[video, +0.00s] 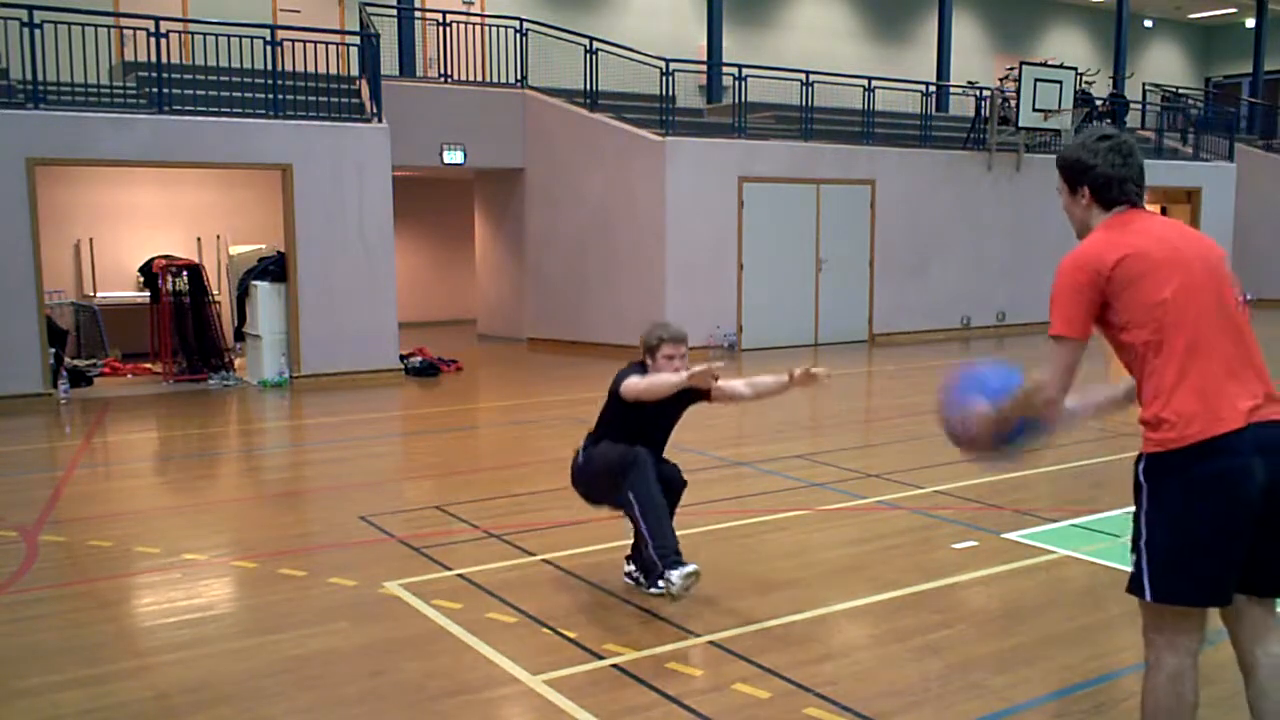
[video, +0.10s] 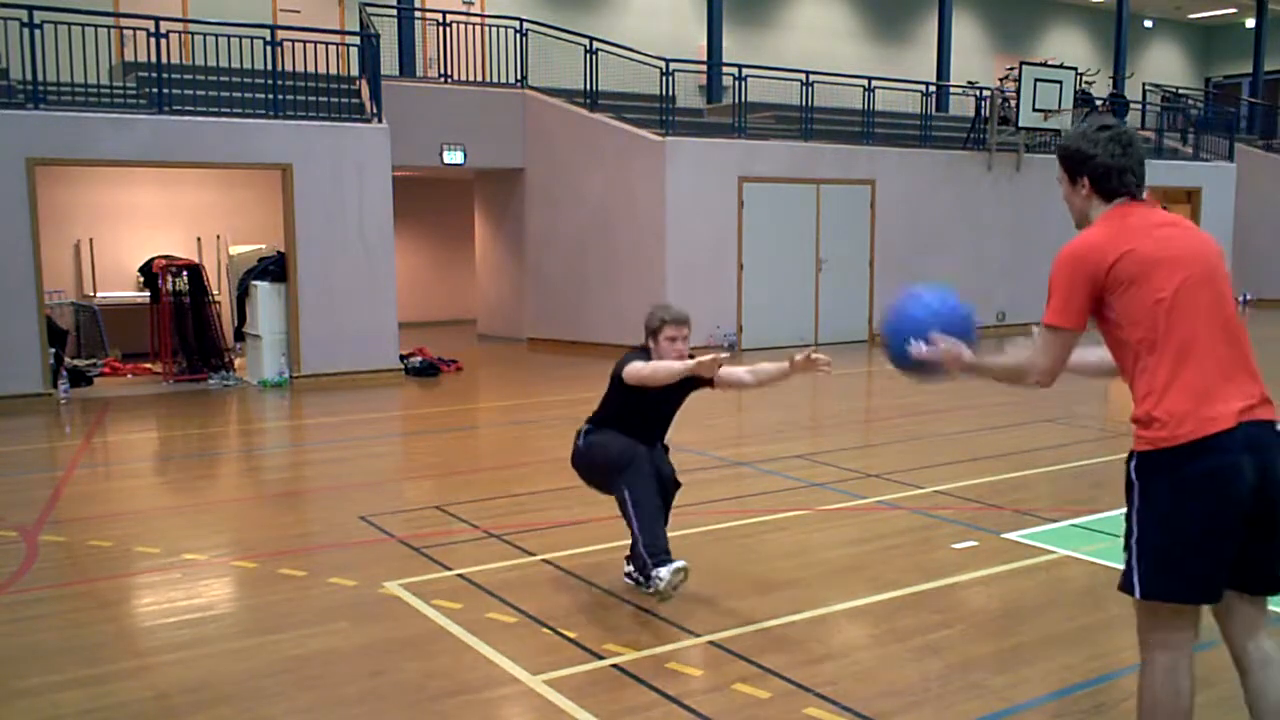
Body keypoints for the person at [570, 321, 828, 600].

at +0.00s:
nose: (679, 365)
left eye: (683, 357)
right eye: (670, 358)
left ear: (688, 357)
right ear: (649, 358)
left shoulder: (689, 386)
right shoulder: (631, 376)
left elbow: (742, 390)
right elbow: (635, 391)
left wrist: (789, 381)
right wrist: (686, 380)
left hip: (642, 471)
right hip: (594, 470)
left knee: (671, 479)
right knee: (638, 461)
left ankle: (642, 563)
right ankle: (667, 568)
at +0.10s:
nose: (681, 347)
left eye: (685, 340)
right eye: (672, 340)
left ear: (689, 340)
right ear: (652, 342)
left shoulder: (693, 370)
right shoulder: (632, 363)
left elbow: (747, 376)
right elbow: (644, 375)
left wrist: (791, 367)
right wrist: (690, 368)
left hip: (648, 449)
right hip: (600, 444)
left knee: (664, 482)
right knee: (636, 464)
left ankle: (639, 563)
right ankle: (657, 566)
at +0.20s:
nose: (681, 331)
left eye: (685, 324)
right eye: (673, 325)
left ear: (689, 326)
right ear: (652, 328)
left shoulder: (695, 357)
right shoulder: (632, 351)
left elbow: (748, 368)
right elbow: (642, 370)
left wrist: (787, 360)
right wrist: (696, 356)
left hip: (650, 439)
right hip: (602, 431)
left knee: (664, 482)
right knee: (632, 458)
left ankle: (637, 563)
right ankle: (644, 561)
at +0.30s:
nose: (681, 319)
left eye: (684, 311)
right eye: (671, 311)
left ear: (689, 312)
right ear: (650, 317)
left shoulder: (697, 346)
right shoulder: (632, 340)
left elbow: (751, 362)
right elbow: (642, 363)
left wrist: (778, 353)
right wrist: (690, 347)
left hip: (651, 433)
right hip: (604, 423)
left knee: (666, 482)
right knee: (629, 454)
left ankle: (645, 563)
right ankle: (635, 560)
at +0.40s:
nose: (678, 308)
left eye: (682, 300)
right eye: (669, 301)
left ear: (687, 302)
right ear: (649, 307)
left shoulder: (694, 336)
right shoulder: (629, 334)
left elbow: (753, 366)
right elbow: (637, 369)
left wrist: (769, 347)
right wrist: (686, 349)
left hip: (652, 426)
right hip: (604, 417)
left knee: (663, 481)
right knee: (629, 449)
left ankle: (647, 563)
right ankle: (632, 556)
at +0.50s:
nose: (676, 298)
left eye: (679, 290)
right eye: (666, 292)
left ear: (684, 293)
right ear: (646, 298)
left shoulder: (688, 331)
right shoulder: (625, 331)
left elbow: (751, 386)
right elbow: (622, 389)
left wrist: (739, 361)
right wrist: (679, 359)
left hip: (653, 420)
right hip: (607, 413)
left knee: (661, 483)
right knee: (627, 444)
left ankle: (645, 561)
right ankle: (634, 555)